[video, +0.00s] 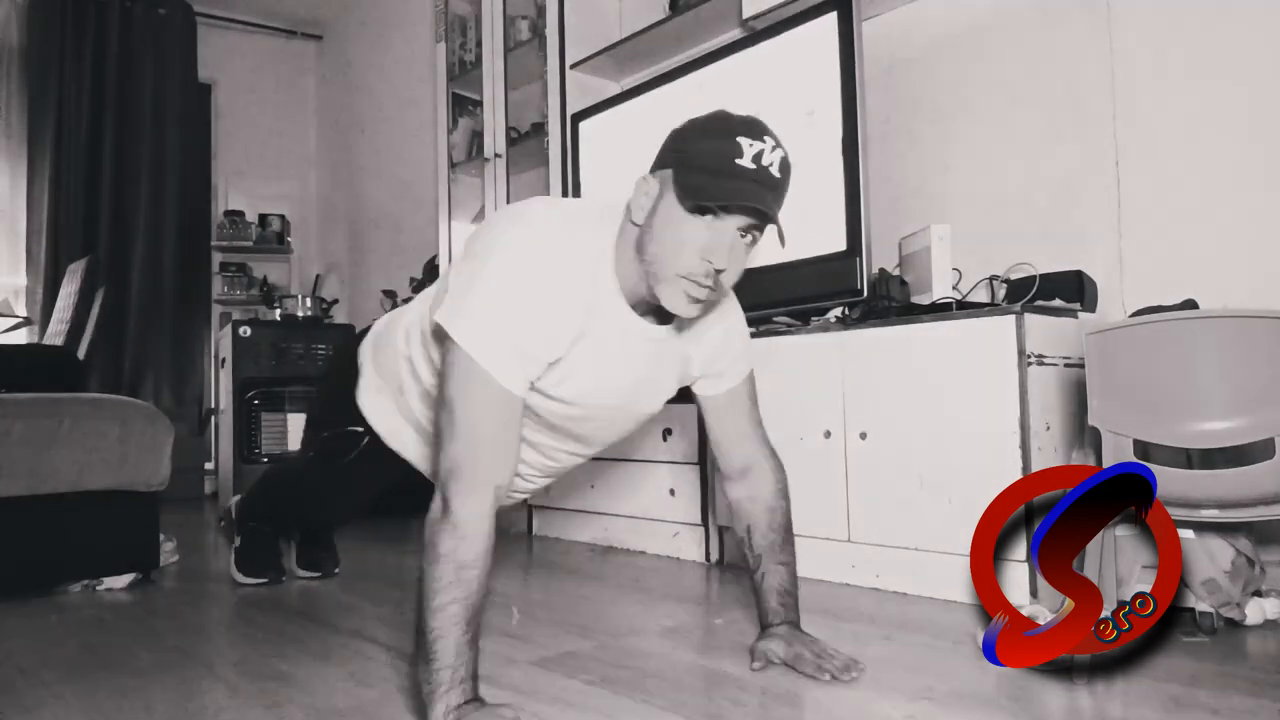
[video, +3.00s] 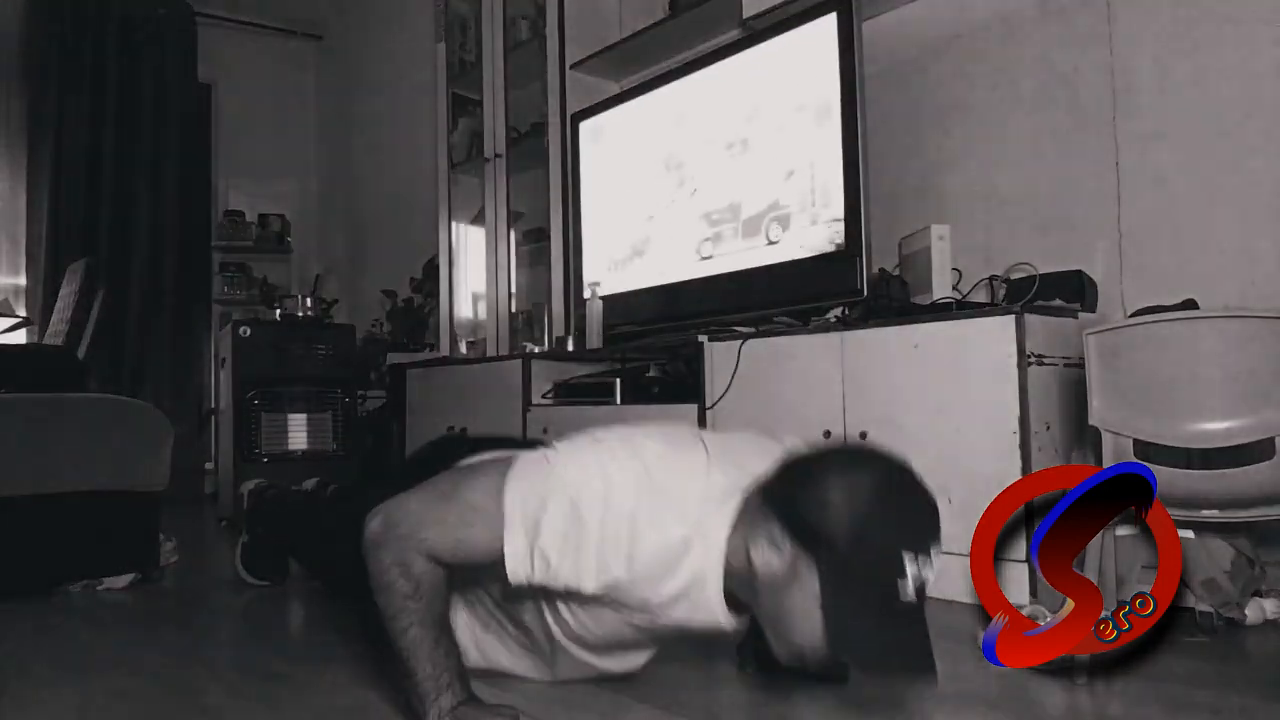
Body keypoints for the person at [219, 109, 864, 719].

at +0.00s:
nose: (722, 260)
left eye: (749, 236)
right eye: (708, 216)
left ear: (759, 245)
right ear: (649, 198)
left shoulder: (711, 315)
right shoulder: (525, 253)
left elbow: (749, 471)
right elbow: (464, 506)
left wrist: (782, 624)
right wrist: (451, 703)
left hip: (476, 464)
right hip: (386, 412)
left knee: (372, 498)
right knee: (319, 488)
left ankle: (313, 523)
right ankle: (257, 517)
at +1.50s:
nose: (734, 351)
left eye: (752, 333)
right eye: (728, 319)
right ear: (669, 253)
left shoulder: (718, 316)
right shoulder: (536, 260)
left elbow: (746, 471)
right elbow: (473, 496)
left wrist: (765, 630)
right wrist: (450, 700)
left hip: (499, 461)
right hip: (404, 417)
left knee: (373, 505)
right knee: (319, 485)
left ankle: (313, 525)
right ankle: (250, 518)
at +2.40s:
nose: (753, 353)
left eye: (765, 335)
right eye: (745, 324)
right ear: (686, 264)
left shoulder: (724, 329)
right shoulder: (546, 276)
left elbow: (749, 468)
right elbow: (449, 502)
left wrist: (766, 627)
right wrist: (449, 697)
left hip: (485, 451)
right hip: (402, 411)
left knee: (368, 492)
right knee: (319, 483)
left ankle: (314, 524)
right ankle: (251, 522)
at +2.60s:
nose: (776, 534)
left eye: (795, 520)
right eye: (775, 510)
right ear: (742, 445)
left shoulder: (780, 409)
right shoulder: (585, 401)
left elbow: (776, 513)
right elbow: (396, 528)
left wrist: (765, 625)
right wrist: (446, 702)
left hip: (523, 483)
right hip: (432, 438)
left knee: (358, 509)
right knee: (324, 494)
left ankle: (303, 543)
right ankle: (255, 521)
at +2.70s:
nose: (809, 624)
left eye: (830, 608)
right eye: (807, 599)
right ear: (757, 531)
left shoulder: (800, 482)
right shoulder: (615, 467)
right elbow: (394, 528)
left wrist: (771, 637)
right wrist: (444, 702)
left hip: (528, 485)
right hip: (430, 469)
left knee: (354, 532)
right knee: (321, 519)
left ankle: (277, 533)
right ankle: (254, 521)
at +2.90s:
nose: (842, 698)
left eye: (863, 680)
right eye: (840, 670)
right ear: (781, 595)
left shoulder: (825, 520)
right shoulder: (629, 533)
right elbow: (402, 533)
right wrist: (444, 702)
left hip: (550, 498)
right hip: (450, 540)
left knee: (388, 509)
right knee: (345, 538)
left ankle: (318, 496)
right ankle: (273, 517)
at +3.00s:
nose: (832, 654)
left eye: (851, 635)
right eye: (832, 627)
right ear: (776, 555)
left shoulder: (811, 506)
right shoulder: (626, 505)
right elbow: (395, 533)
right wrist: (446, 702)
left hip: (546, 489)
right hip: (446, 514)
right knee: (324, 532)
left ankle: (286, 524)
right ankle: (263, 529)